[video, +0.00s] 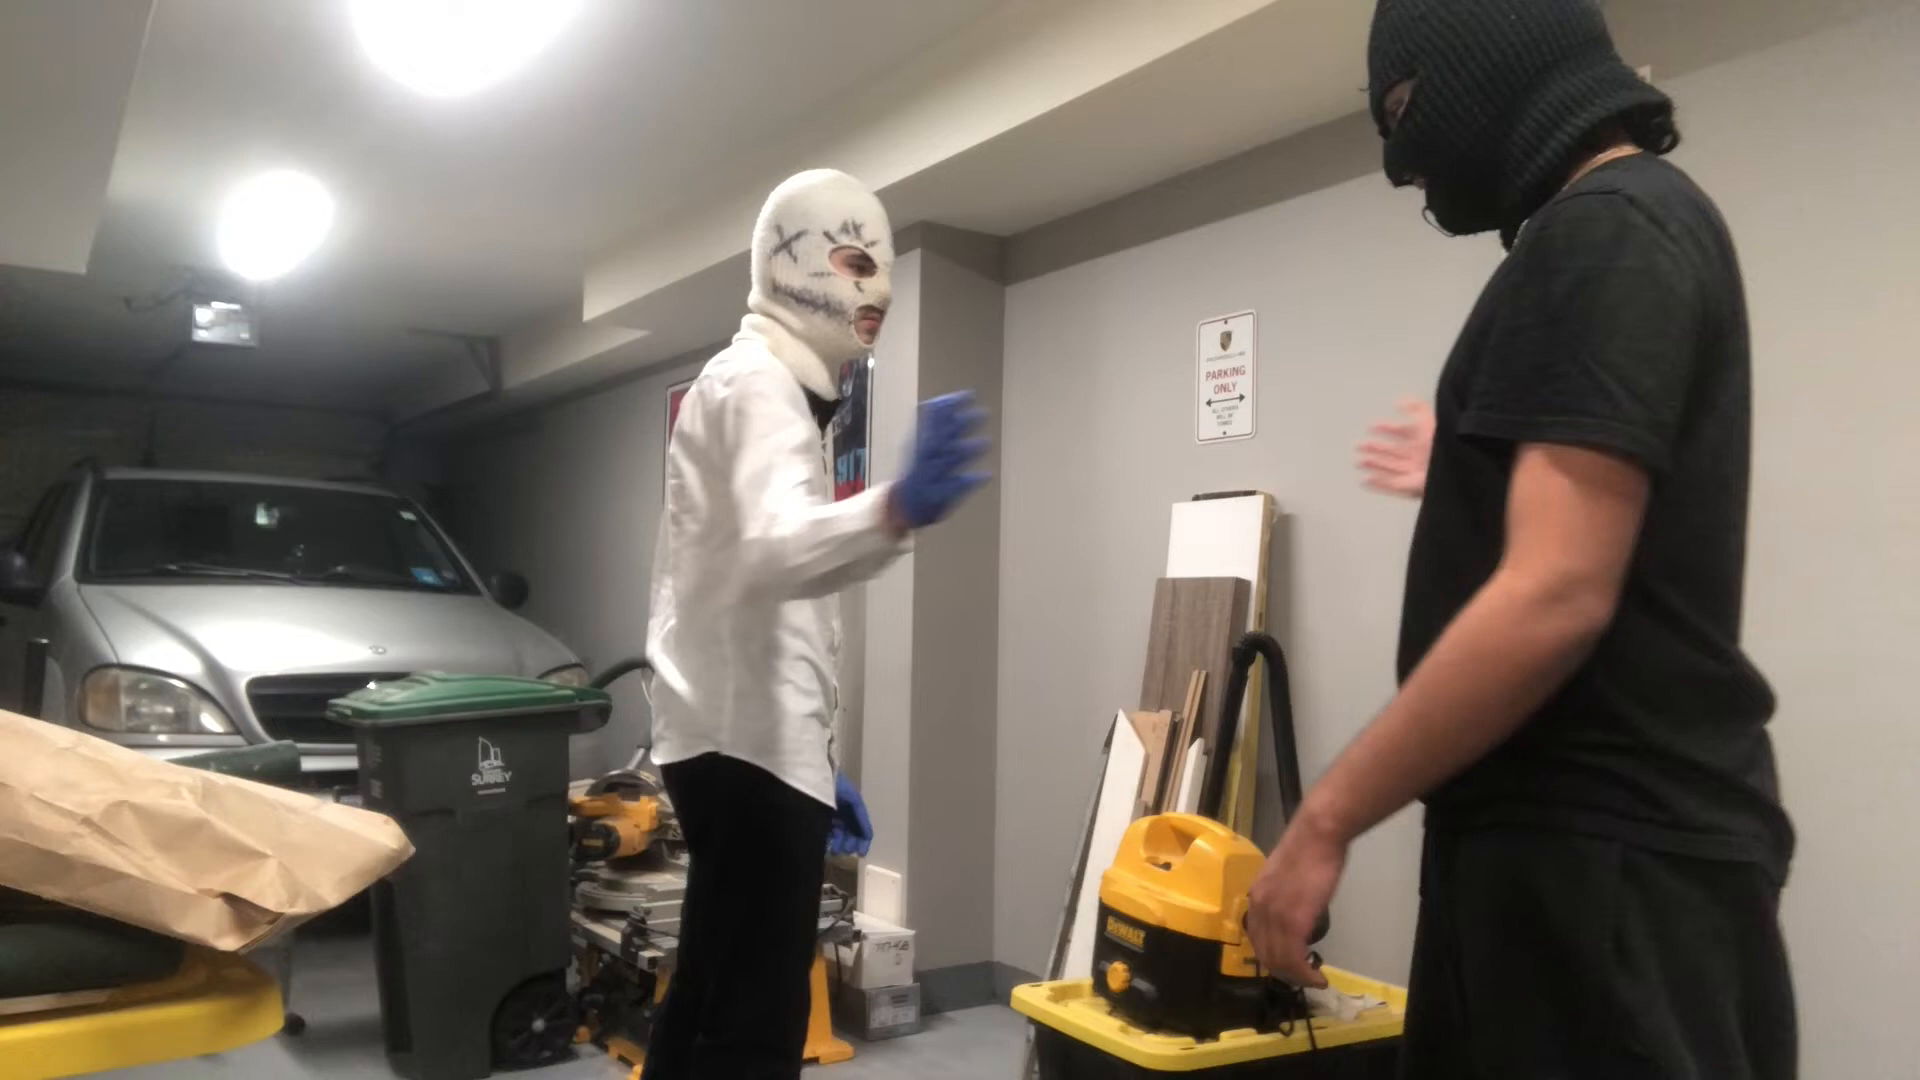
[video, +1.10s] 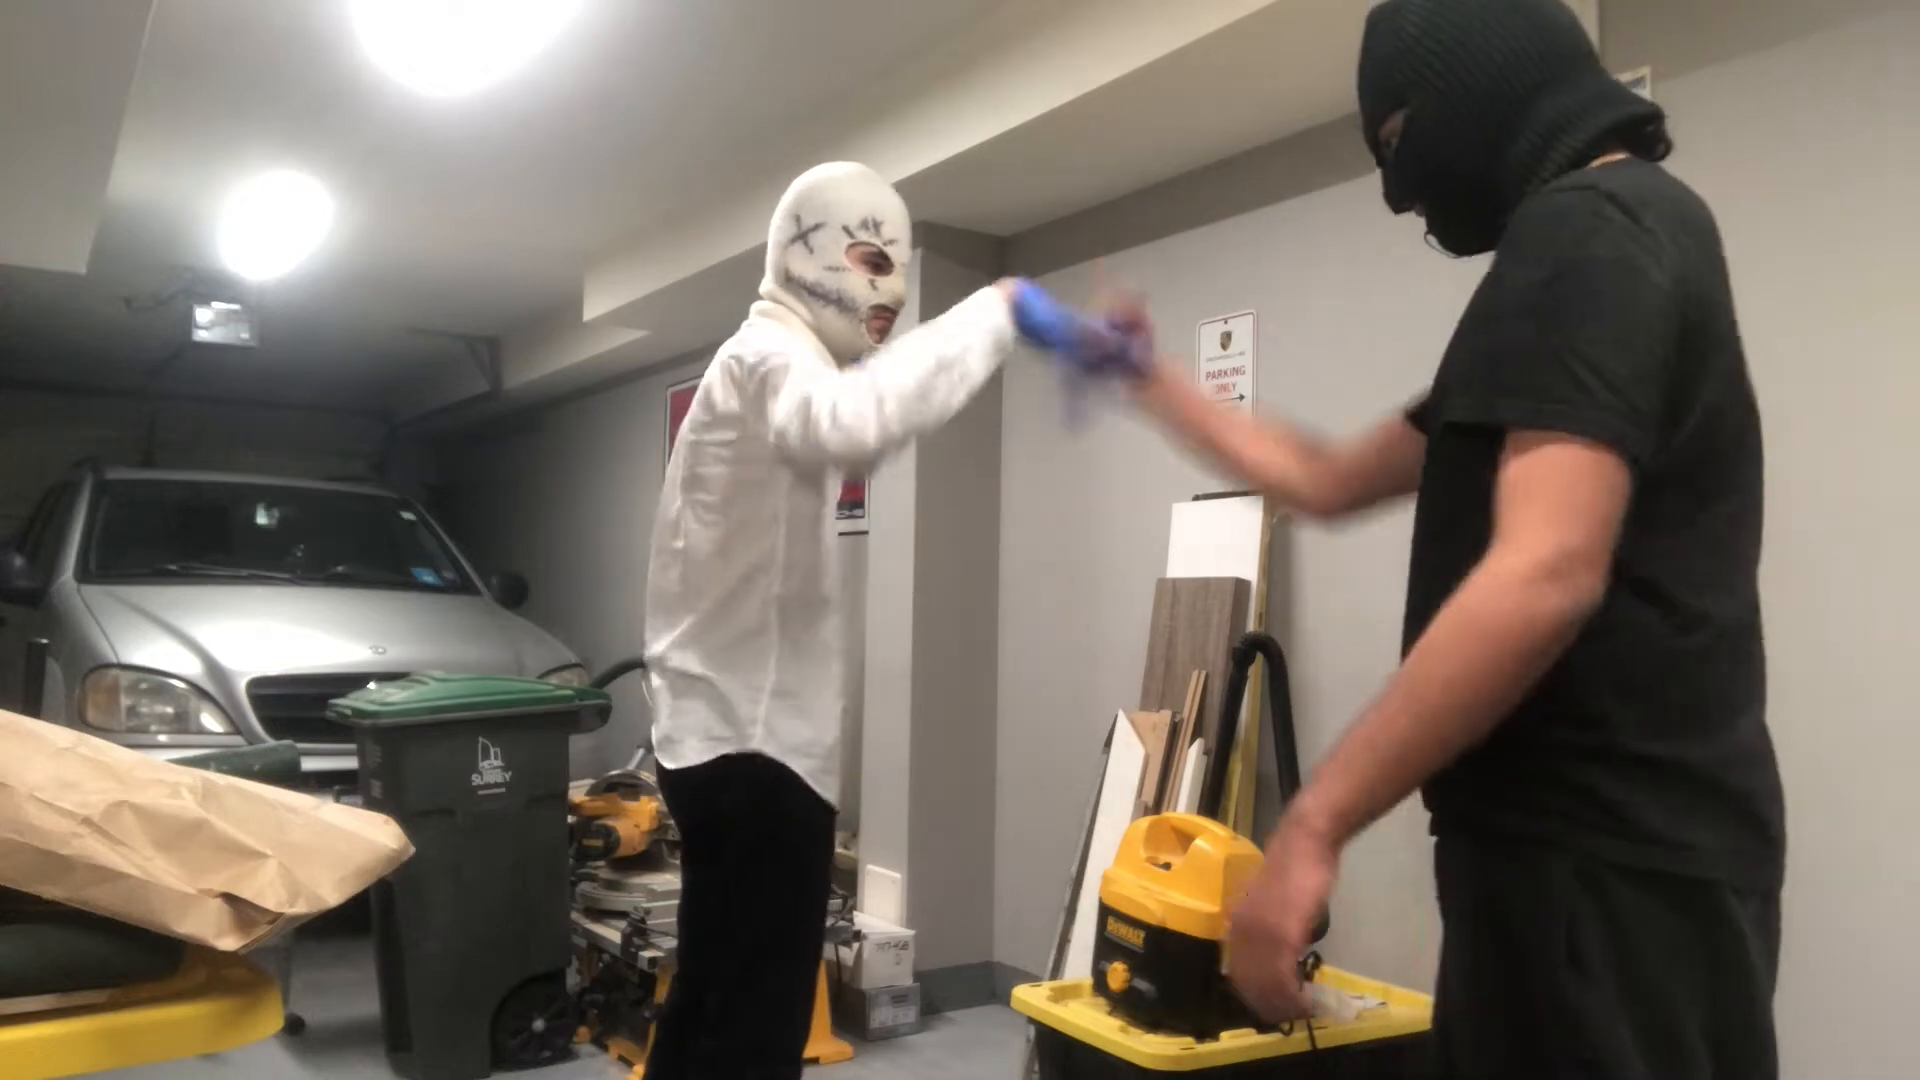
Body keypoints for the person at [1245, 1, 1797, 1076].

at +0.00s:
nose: (1402, 162)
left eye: (1402, 111)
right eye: (1390, 127)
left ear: (1475, 70)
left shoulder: (1610, 223)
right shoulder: (1629, 220)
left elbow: (1556, 589)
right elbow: (1647, 497)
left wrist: (1326, 820)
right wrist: (1472, 457)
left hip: (1599, 868)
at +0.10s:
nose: (1406, 165)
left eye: (1406, 112)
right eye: (1393, 129)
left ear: (1478, 69)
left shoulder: (1619, 222)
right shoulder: (1610, 227)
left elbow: (1577, 592)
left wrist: (1346, 825)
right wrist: (1387, 494)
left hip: (1614, 871)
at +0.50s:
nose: (1391, 171)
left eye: (1390, 121)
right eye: (1382, 132)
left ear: (1460, 84)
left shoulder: (1622, 224)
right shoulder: (1571, 245)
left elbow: (1655, 582)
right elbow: (1442, 556)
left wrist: (1484, 886)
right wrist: (1253, 457)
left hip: (1634, 877)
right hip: (1578, 874)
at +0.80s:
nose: (1374, 181)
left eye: (1375, 130)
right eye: (1365, 143)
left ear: (1448, 91)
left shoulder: (1562, 227)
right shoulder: (1577, 226)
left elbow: (1593, 575)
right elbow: (1472, 528)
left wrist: (1462, 891)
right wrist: (1292, 423)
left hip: (1598, 878)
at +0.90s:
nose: (1389, 192)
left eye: (1385, 147)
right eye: (1375, 161)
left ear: (1449, 99)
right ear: (1494, 87)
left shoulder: (1553, 222)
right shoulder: (1622, 215)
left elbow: (1563, 565)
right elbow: (1426, 487)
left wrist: (1415, 874)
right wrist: (1325, 309)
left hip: (1580, 868)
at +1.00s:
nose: (1395, 193)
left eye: (1390, 145)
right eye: (1381, 159)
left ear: (1457, 98)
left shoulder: (1566, 224)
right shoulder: (1611, 226)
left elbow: (1532, 564)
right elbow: (1346, 432)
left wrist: (1354, 853)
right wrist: (1259, 254)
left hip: (1583, 867)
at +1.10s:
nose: (1395, 188)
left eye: (1395, 138)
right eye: (1382, 154)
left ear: (1466, 91)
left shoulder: (1593, 225)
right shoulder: (1583, 248)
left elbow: (1546, 572)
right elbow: (1326, 480)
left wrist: (1314, 826)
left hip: (1602, 876)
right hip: (1559, 868)